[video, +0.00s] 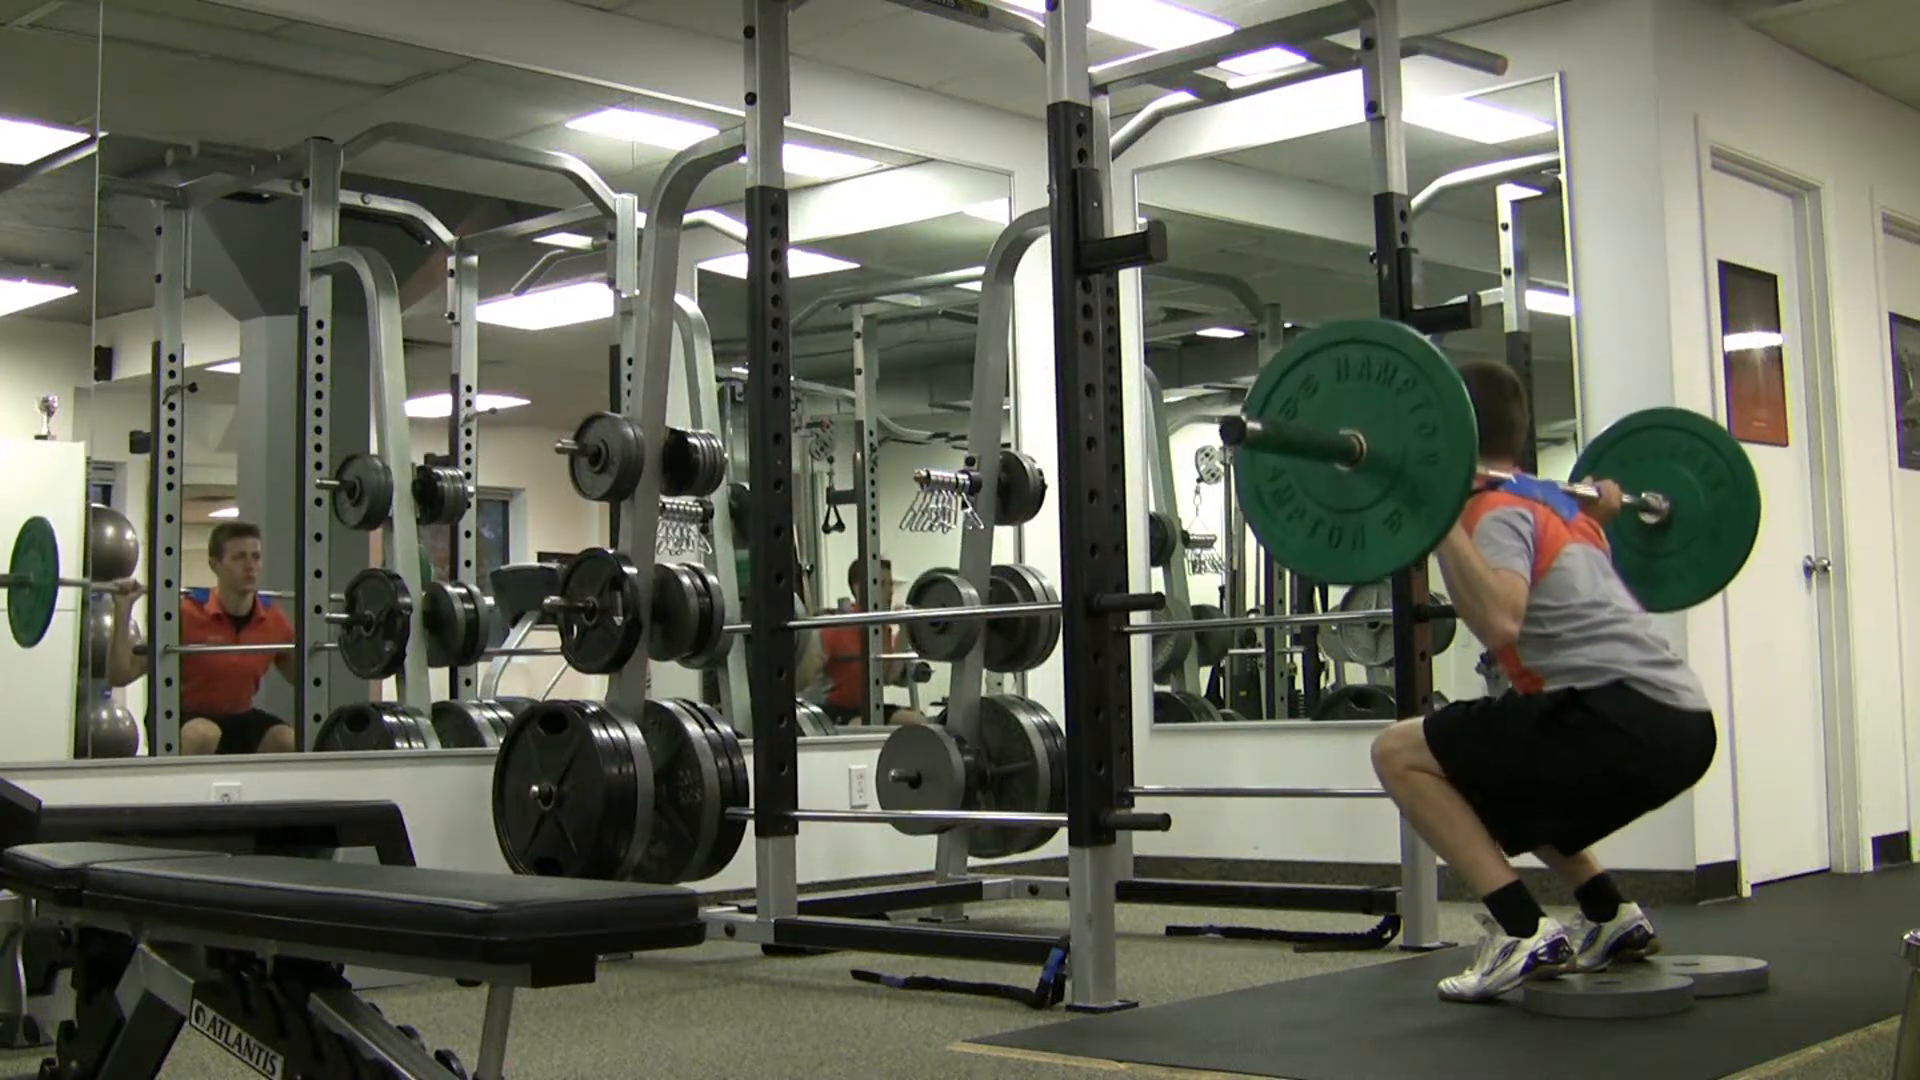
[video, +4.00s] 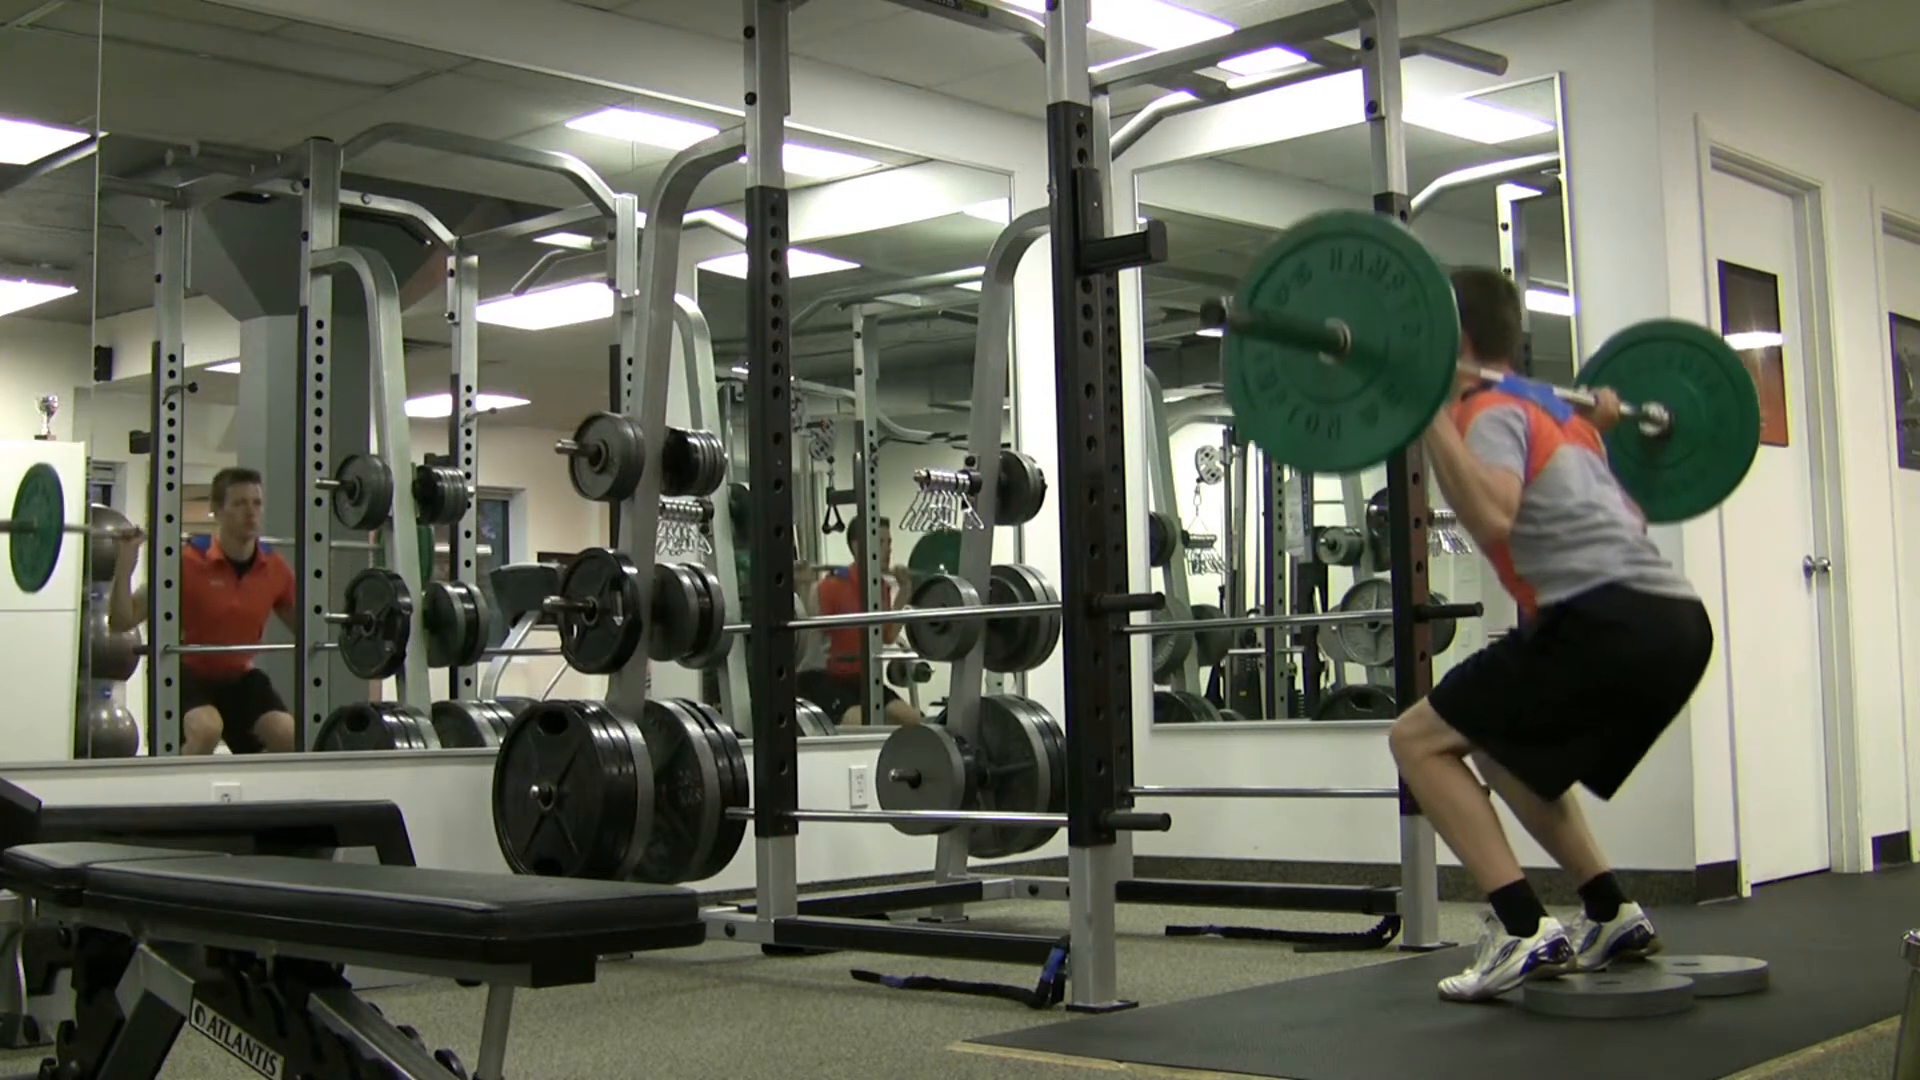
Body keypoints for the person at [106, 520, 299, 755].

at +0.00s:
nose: (250, 566)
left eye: (256, 557)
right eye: (239, 557)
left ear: (262, 562)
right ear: (215, 564)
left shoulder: (272, 618)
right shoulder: (185, 613)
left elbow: (303, 679)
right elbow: (121, 675)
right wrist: (123, 608)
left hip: (241, 718)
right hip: (186, 717)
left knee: (290, 741)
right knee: (203, 735)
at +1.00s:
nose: (249, 420)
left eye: (254, 412)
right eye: (239, 412)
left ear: (261, 418)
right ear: (215, 418)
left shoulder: (272, 482)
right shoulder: (185, 473)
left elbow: (308, 546)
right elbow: (123, 532)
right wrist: (123, 467)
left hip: (242, 613)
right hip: (188, 611)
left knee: (263, 717)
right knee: (194, 713)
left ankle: (260, 805)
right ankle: (176, 805)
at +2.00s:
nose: (244, 410)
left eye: (249, 402)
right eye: (233, 402)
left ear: (256, 408)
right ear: (210, 408)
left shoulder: (269, 469)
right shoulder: (185, 463)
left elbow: (307, 535)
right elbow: (122, 526)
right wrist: (119, 459)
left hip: (248, 609)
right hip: (195, 605)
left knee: (261, 722)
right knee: (188, 724)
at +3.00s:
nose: (248, 531)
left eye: (253, 522)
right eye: (237, 523)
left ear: (259, 526)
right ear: (213, 528)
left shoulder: (272, 588)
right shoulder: (183, 579)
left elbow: (302, 647)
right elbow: (124, 639)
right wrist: (120, 579)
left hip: (235, 693)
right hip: (181, 689)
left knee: (287, 737)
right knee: (205, 732)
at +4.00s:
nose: (251, 513)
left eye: (257, 503)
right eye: (239, 504)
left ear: (264, 508)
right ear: (216, 511)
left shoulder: (274, 568)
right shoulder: (185, 562)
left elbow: (309, 631)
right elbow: (121, 621)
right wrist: (126, 561)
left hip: (240, 678)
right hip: (187, 675)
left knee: (285, 733)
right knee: (207, 729)